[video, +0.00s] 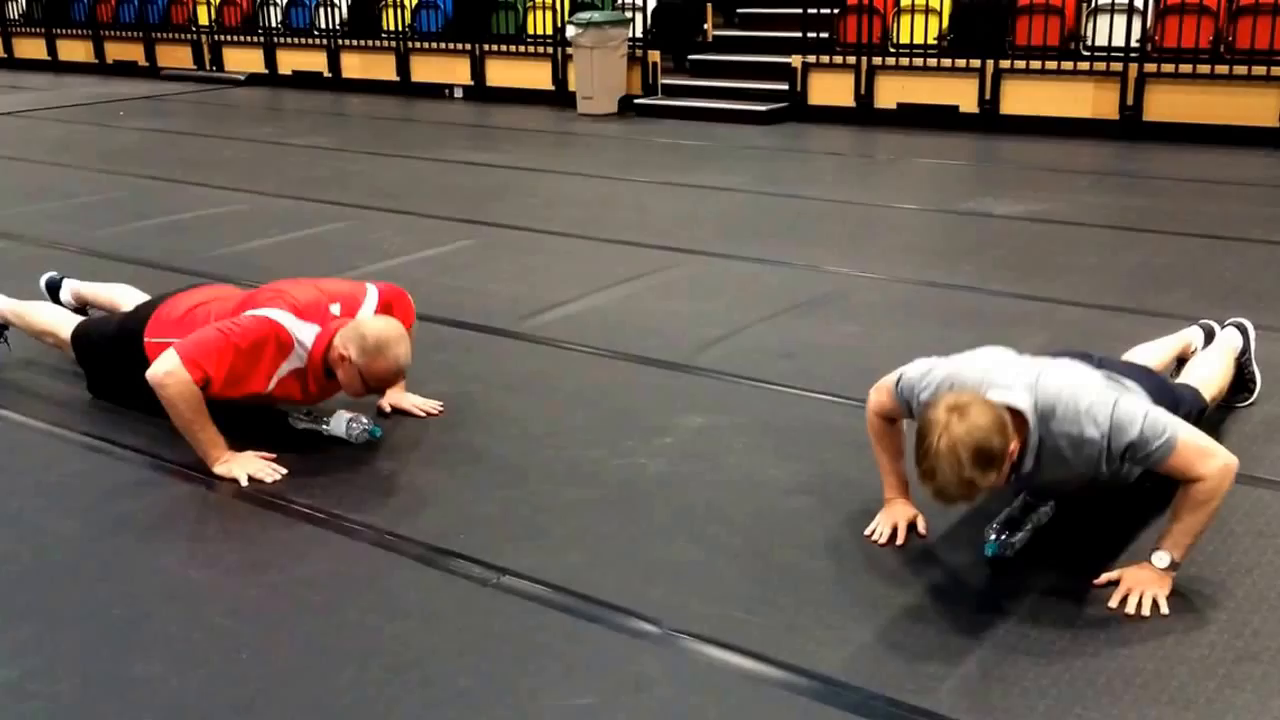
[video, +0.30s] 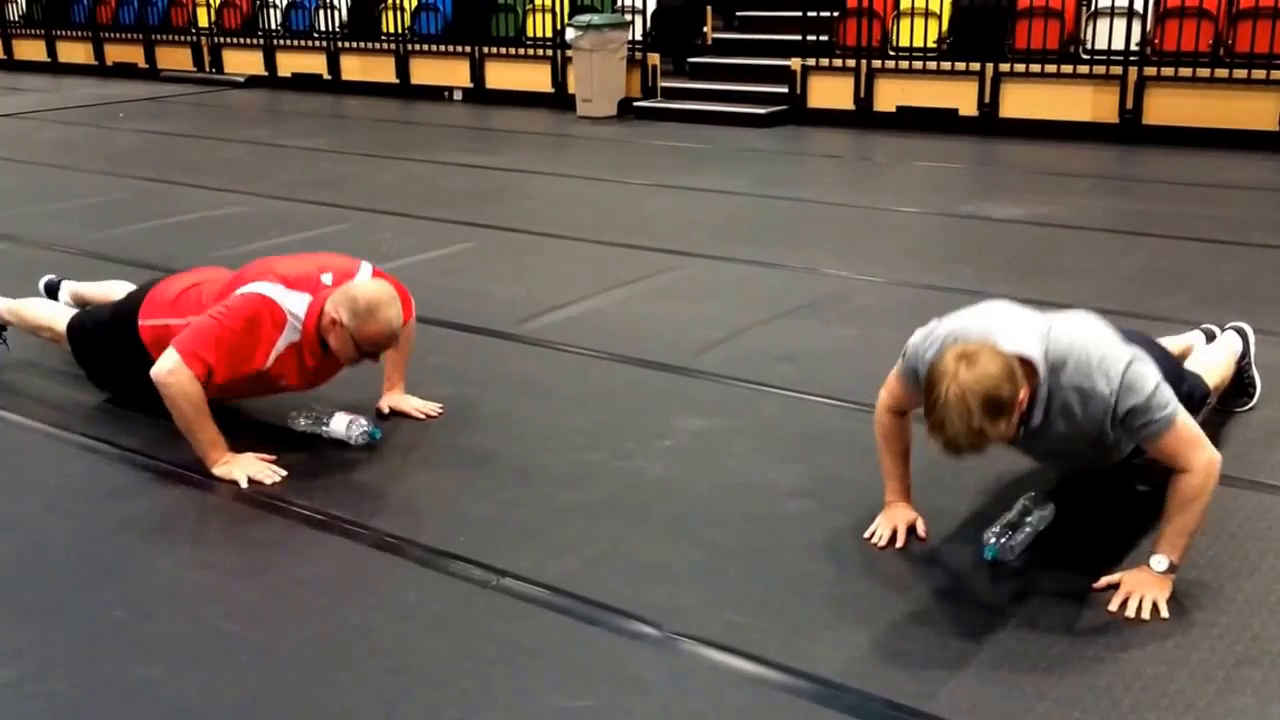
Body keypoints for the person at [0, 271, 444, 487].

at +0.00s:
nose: (371, 393)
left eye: (380, 387)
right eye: (365, 386)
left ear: (401, 336)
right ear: (342, 357)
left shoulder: (385, 306)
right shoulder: (265, 338)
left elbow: (400, 305)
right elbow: (167, 376)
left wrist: (392, 385)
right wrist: (221, 457)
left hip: (212, 304)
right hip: (151, 335)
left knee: (140, 306)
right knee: (71, 335)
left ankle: (65, 288)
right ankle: (6, 306)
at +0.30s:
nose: (364, 359)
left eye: (374, 351)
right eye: (360, 348)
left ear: (389, 322)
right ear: (332, 318)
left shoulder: (371, 292)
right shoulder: (259, 314)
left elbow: (401, 321)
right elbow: (172, 375)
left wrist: (395, 388)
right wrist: (221, 458)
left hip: (200, 290)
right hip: (146, 326)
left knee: (134, 297)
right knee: (71, 329)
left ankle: (64, 287)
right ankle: (6, 310)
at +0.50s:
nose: (347, 294)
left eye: (359, 285)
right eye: (341, 280)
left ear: (373, 251)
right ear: (317, 249)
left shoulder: (354, 237)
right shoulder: (244, 254)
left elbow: (377, 309)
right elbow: (212, 351)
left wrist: (393, 388)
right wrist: (223, 455)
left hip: (195, 289)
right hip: (140, 285)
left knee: (107, 309)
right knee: (68, 311)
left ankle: (61, 297)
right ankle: (9, 304)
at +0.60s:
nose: (342, 283)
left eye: (354, 273)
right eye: (338, 269)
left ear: (362, 244)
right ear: (313, 238)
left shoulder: (343, 225)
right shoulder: (243, 247)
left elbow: (364, 306)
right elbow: (220, 352)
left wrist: (391, 388)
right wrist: (225, 454)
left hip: (186, 287)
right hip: (133, 288)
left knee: (97, 308)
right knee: (66, 307)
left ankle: (50, 304)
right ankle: (6, 305)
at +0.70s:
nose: (348, 308)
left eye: (362, 302)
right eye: (343, 298)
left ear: (380, 255)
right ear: (320, 268)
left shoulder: (353, 236)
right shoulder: (247, 264)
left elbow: (383, 307)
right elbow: (193, 359)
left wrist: (393, 389)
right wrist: (224, 458)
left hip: (188, 266)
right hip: (139, 291)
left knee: (110, 297)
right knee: (65, 314)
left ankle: (66, 293)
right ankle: (10, 305)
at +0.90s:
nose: (363, 387)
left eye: (373, 381)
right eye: (357, 379)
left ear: (398, 336)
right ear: (337, 350)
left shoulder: (382, 303)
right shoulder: (265, 332)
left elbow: (402, 310)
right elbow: (169, 376)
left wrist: (394, 387)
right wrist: (223, 459)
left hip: (202, 304)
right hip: (148, 337)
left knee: (140, 306)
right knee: (71, 336)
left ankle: (65, 290)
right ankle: (5, 308)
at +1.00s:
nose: (364, 409)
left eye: (378, 405)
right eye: (360, 402)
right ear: (342, 369)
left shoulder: (392, 315)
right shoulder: (270, 347)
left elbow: (405, 312)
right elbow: (170, 379)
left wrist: (390, 393)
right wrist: (223, 459)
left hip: (221, 312)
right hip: (158, 342)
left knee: (141, 315)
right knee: (72, 341)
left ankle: (67, 291)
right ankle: (5, 307)